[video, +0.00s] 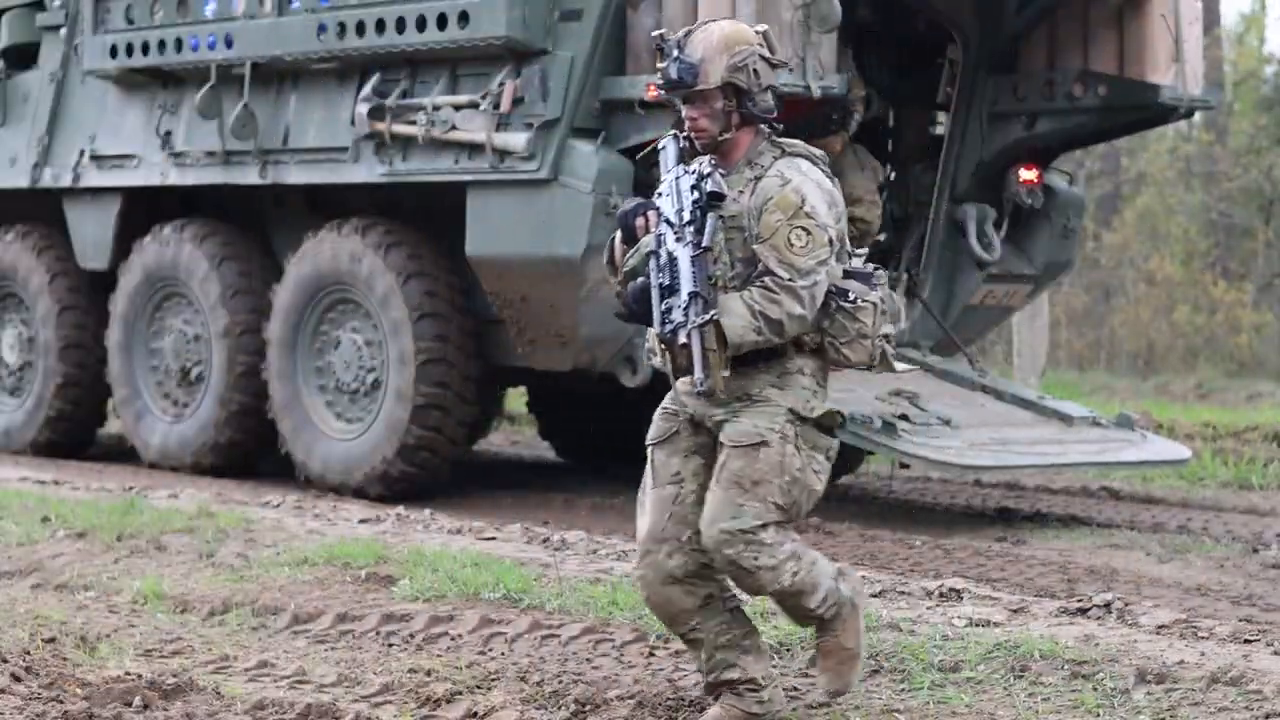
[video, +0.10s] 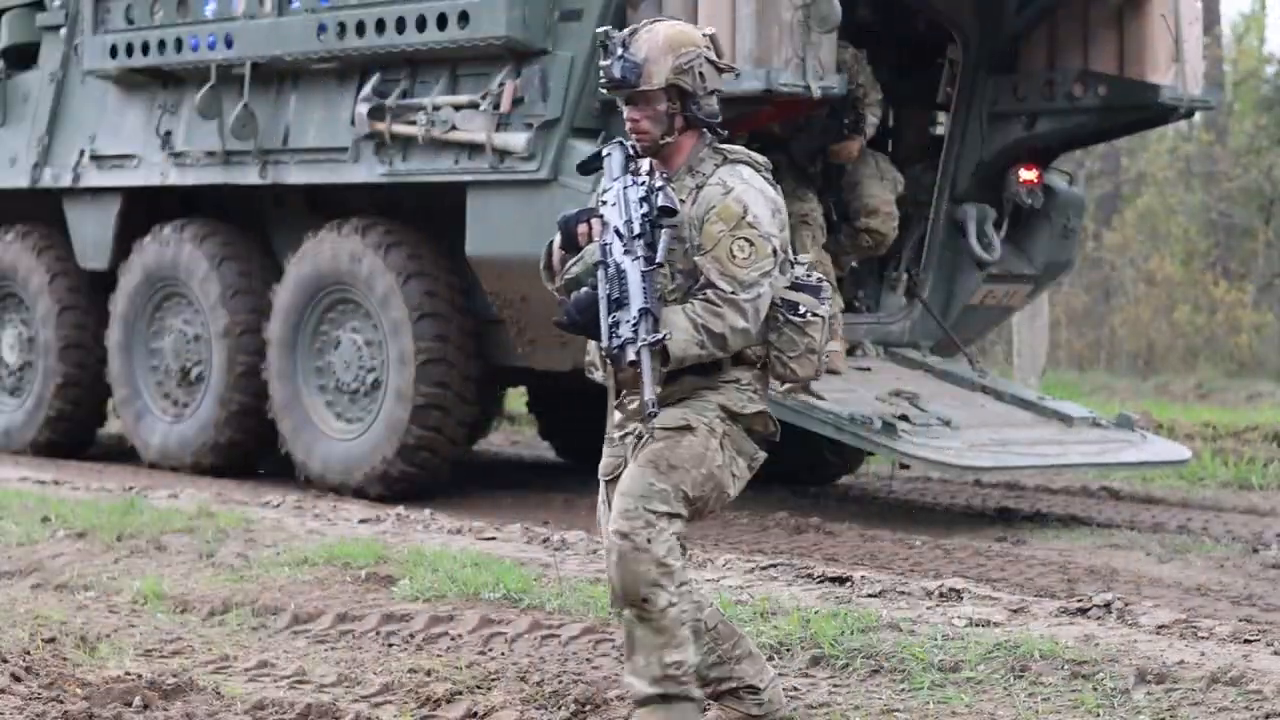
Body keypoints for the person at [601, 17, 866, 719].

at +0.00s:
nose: (685, 117)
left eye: (698, 103)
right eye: (681, 103)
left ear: (743, 103)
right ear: (685, 104)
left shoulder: (795, 186)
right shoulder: (691, 181)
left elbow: (793, 300)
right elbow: (634, 286)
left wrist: (706, 329)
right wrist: (634, 243)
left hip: (777, 398)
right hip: (693, 395)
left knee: (734, 533)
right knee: (665, 561)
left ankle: (836, 609)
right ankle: (738, 683)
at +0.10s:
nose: (628, 116)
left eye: (642, 103)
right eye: (625, 102)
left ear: (689, 105)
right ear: (627, 105)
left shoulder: (736, 195)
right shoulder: (635, 181)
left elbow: (737, 318)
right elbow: (577, 287)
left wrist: (634, 329)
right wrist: (572, 248)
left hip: (715, 402)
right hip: (634, 401)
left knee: (638, 530)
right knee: (633, 559)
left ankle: (665, 702)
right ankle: (741, 686)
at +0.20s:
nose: (566, 109)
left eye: (580, 94)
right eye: (562, 94)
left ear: (628, 94)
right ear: (563, 93)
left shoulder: (673, 194)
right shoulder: (579, 178)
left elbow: (664, 321)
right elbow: (516, 285)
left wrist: (556, 334)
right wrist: (501, 244)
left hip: (635, 418)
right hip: (574, 410)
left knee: (563, 570)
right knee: (622, 585)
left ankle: (551, 708)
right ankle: (748, 694)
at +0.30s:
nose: (489, 95)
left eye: (504, 81)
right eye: (488, 80)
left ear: (554, 86)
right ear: (503, 84)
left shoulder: (601, 186)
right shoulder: (505, 164)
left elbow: (588, 317)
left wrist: (479, 326)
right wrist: (438, 238)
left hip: (566, 411)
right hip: (489, 405)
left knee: (508, 591)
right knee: (480, 588)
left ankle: (551, 706)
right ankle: (622, 620)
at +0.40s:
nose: (398, 63)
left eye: (412, 49)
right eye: (395, 49)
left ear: (460, 53)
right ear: (408, 55)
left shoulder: (515, 155)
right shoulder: (422, 130)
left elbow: (510, 287)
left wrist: (407, 315)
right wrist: (363, 195)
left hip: (501, 402)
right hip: (411, 384)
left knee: (495, 597)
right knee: (333, 505)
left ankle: (541, 704)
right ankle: (443, 642)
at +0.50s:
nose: (301, 26)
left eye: (316, 12)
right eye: (298, 13)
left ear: (365, 17)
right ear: (334, 22)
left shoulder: (418, 111)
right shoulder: (332, 99)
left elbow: (421, 252)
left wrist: (316, 284)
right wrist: (264, 163)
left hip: (423, 354)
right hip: (334, 351)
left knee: (454, 566)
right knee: (237, 495)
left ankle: (533, 702)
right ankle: (235, 686)